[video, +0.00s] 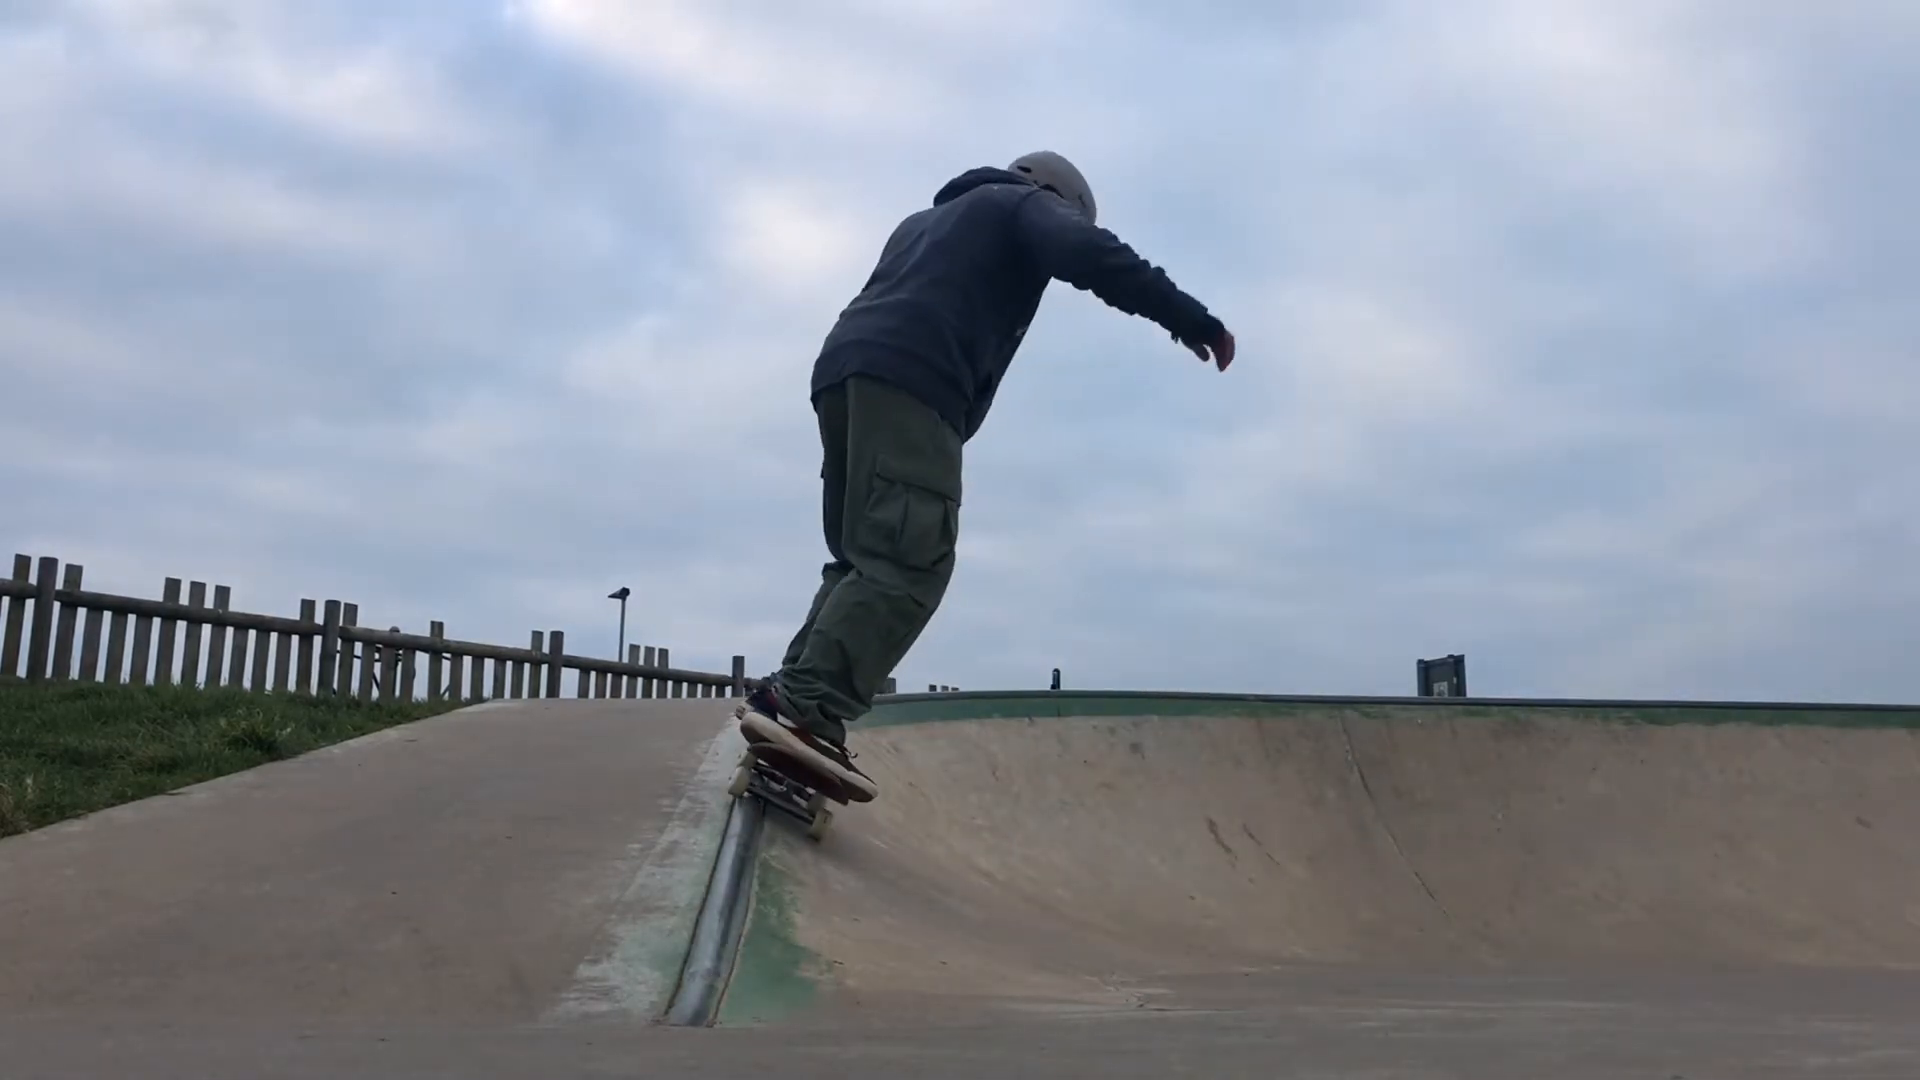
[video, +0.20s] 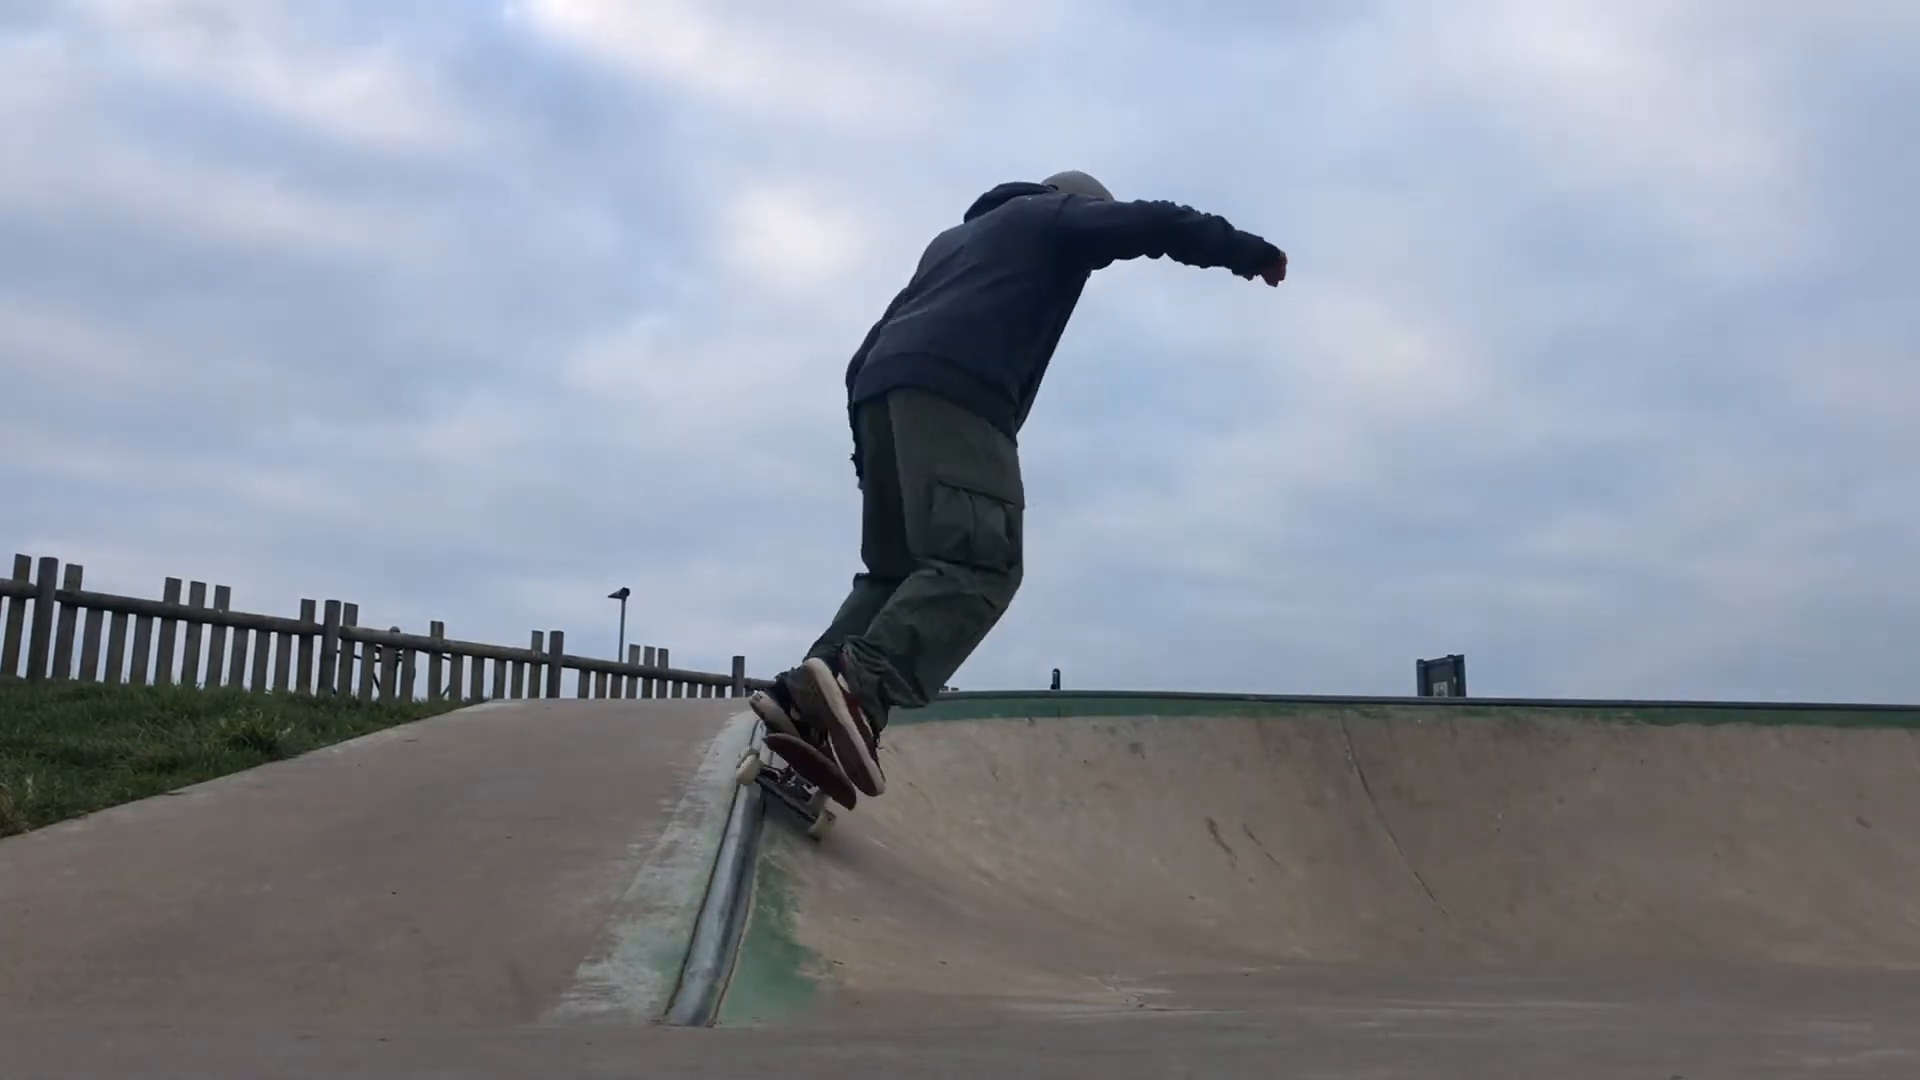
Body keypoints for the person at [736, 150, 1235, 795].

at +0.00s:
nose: (1073, 225)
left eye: (1075, 217)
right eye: (1074, 214)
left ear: (1018, 174)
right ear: (1055, 193)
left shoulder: (927, 218)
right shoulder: (1023, 201)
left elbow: (885, 292)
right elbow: (1091, 251)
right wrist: (1191, 318)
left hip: (843, 367)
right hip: (910, 373)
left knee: (861, 559)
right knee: (909, 561)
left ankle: (793, 698)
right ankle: (809, 709)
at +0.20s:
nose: (1099, 230)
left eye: (1100, 224)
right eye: (1098, 222)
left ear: (1038, 192)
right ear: (1080, 205)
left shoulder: (956, 239)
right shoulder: (1056, 217)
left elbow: (882, 335)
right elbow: (1156, 221)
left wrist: (869, 426)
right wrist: (1250, 252)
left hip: (878, 380)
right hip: (952, 379)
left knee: (890, 570)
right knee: (977, 564)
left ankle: (800, 695)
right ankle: (863, 684)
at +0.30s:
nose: (1135, 230)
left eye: (1132, 223)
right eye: (1131, 222)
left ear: (1062, 205)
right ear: (1111, 212)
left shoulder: (980, 258)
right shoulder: (1101, 227)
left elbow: (881, 358)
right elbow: (1206, 233)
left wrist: (848, 451)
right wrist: (1262, 274)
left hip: (923, 408)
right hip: (1000, 403)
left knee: (956, 586)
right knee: (1037, 583)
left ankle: (849, 688)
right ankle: (938, 733)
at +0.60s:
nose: (1253, 342)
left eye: (1253, 334)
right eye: (1252, 332)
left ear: (1175, 319)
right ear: (1234, 324)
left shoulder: (1114, 385)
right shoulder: (1260, 391)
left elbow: (1056, 446)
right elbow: (1299, 496)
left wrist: (1012, 509)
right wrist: (1297, 579)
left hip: (1113, 595)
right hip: (1196, 594)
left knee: (1197, 761)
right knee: (1212, 763)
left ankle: (1196, 931)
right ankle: (1054, 822)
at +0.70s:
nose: (1325, 360)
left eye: (1326, 351)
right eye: (1323, 348)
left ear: (1244, 334)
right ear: (1300, 339)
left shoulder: (1171, 406)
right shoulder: (1331, 411)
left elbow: (1134, 511)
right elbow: (1338, 537)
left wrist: (1136, 608)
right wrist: (1297, 593)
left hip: (1187, 612)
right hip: (1278, 607)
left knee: (1249, 777)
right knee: (1360, 754)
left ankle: (1198, 933)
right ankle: (1256, 834)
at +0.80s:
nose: (1406, 341)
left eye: (1407, 331)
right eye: (1404, 329)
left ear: (1328, 314)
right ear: (1378, 318)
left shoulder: (1248, 392)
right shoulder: (1406, 389)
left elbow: (1194, 509)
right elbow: (1425, 515)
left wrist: (1191, 607)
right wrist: (1382, 572)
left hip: (1265, 599)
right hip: (1360, 586)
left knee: (1276, 769)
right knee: (1467, 725)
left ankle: (1217, 919)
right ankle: (1464, 889)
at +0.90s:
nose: (1479, 326)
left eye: (1481, 313)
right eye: (1475, 311)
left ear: (1399, 300)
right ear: (1441, 302)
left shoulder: (1312, 384)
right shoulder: (1473, 370)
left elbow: (1241, 495)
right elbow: (1507, 503)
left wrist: (1232, 592)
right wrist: (1457, 556)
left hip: (1340, 601)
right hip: (1434, 584)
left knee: (1335, 762)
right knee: (1550, 725)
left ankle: (1258, 890)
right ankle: (1600, 923)